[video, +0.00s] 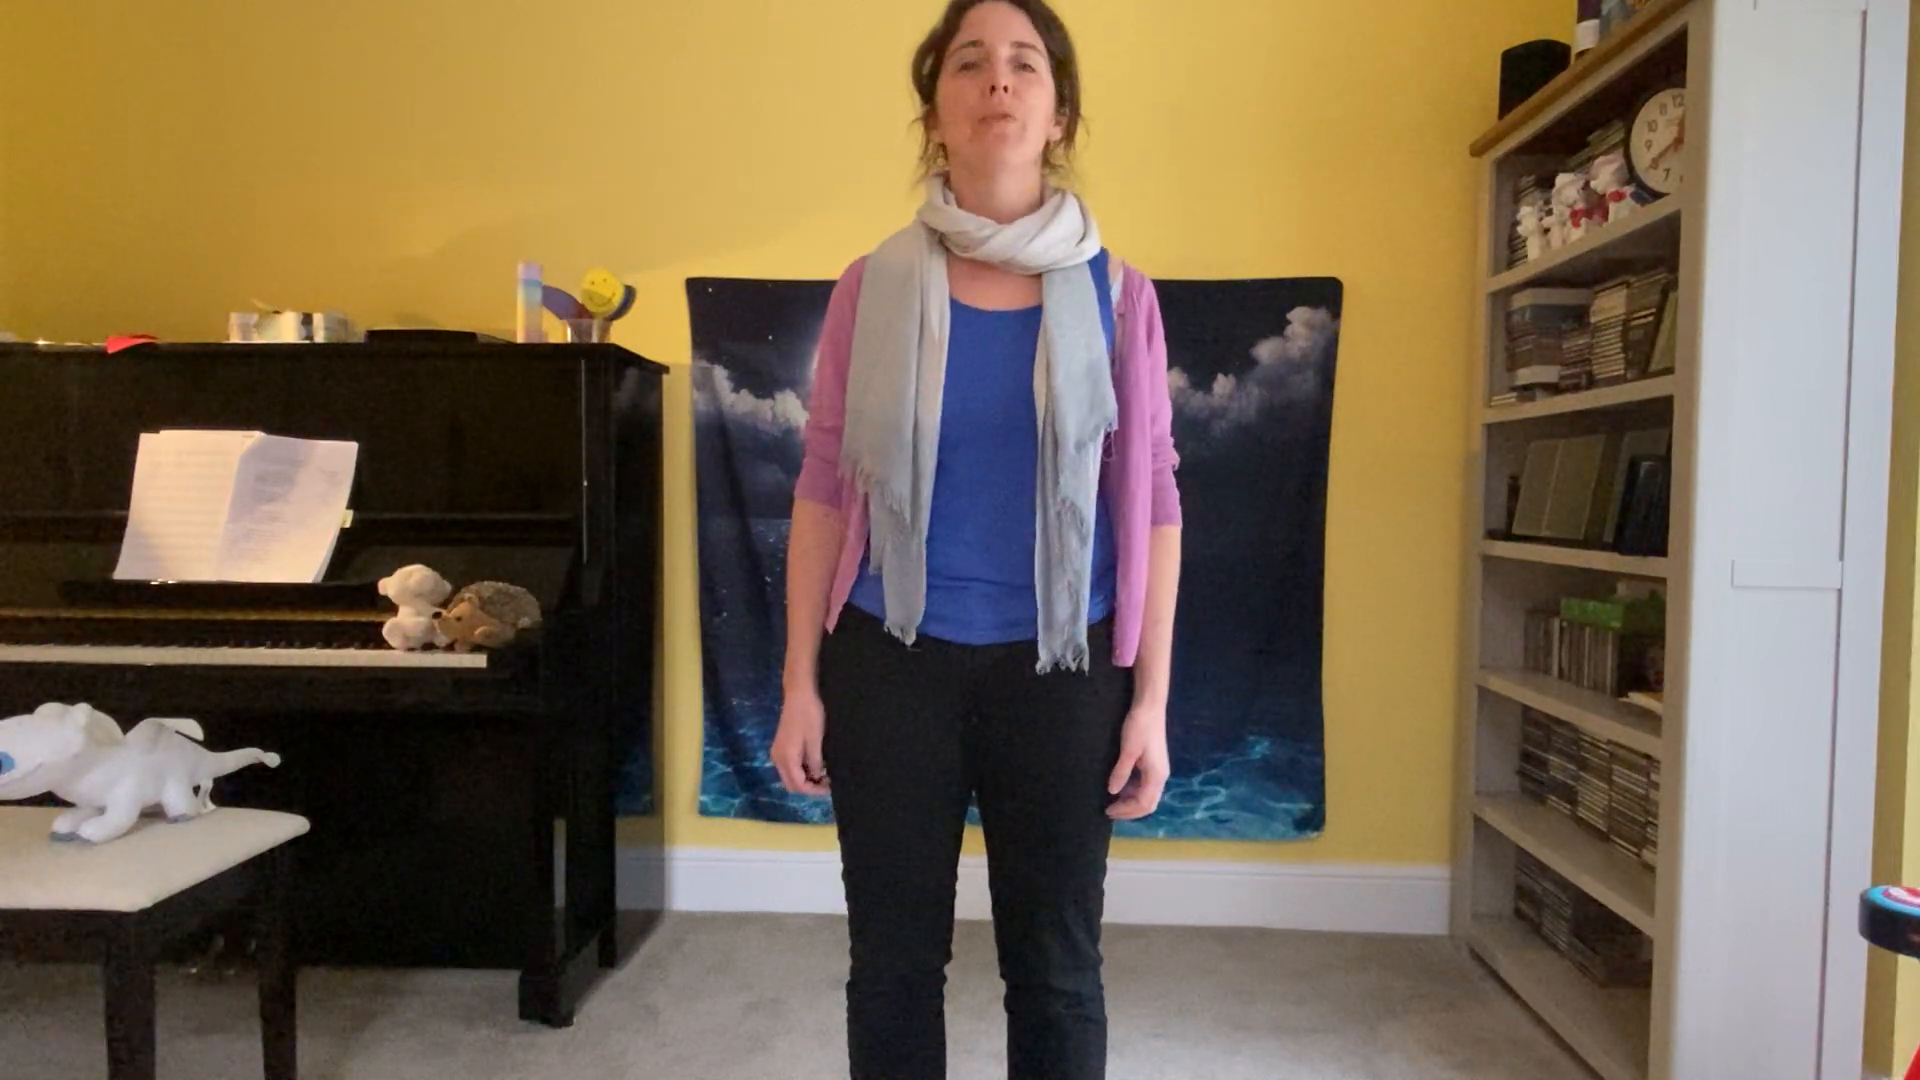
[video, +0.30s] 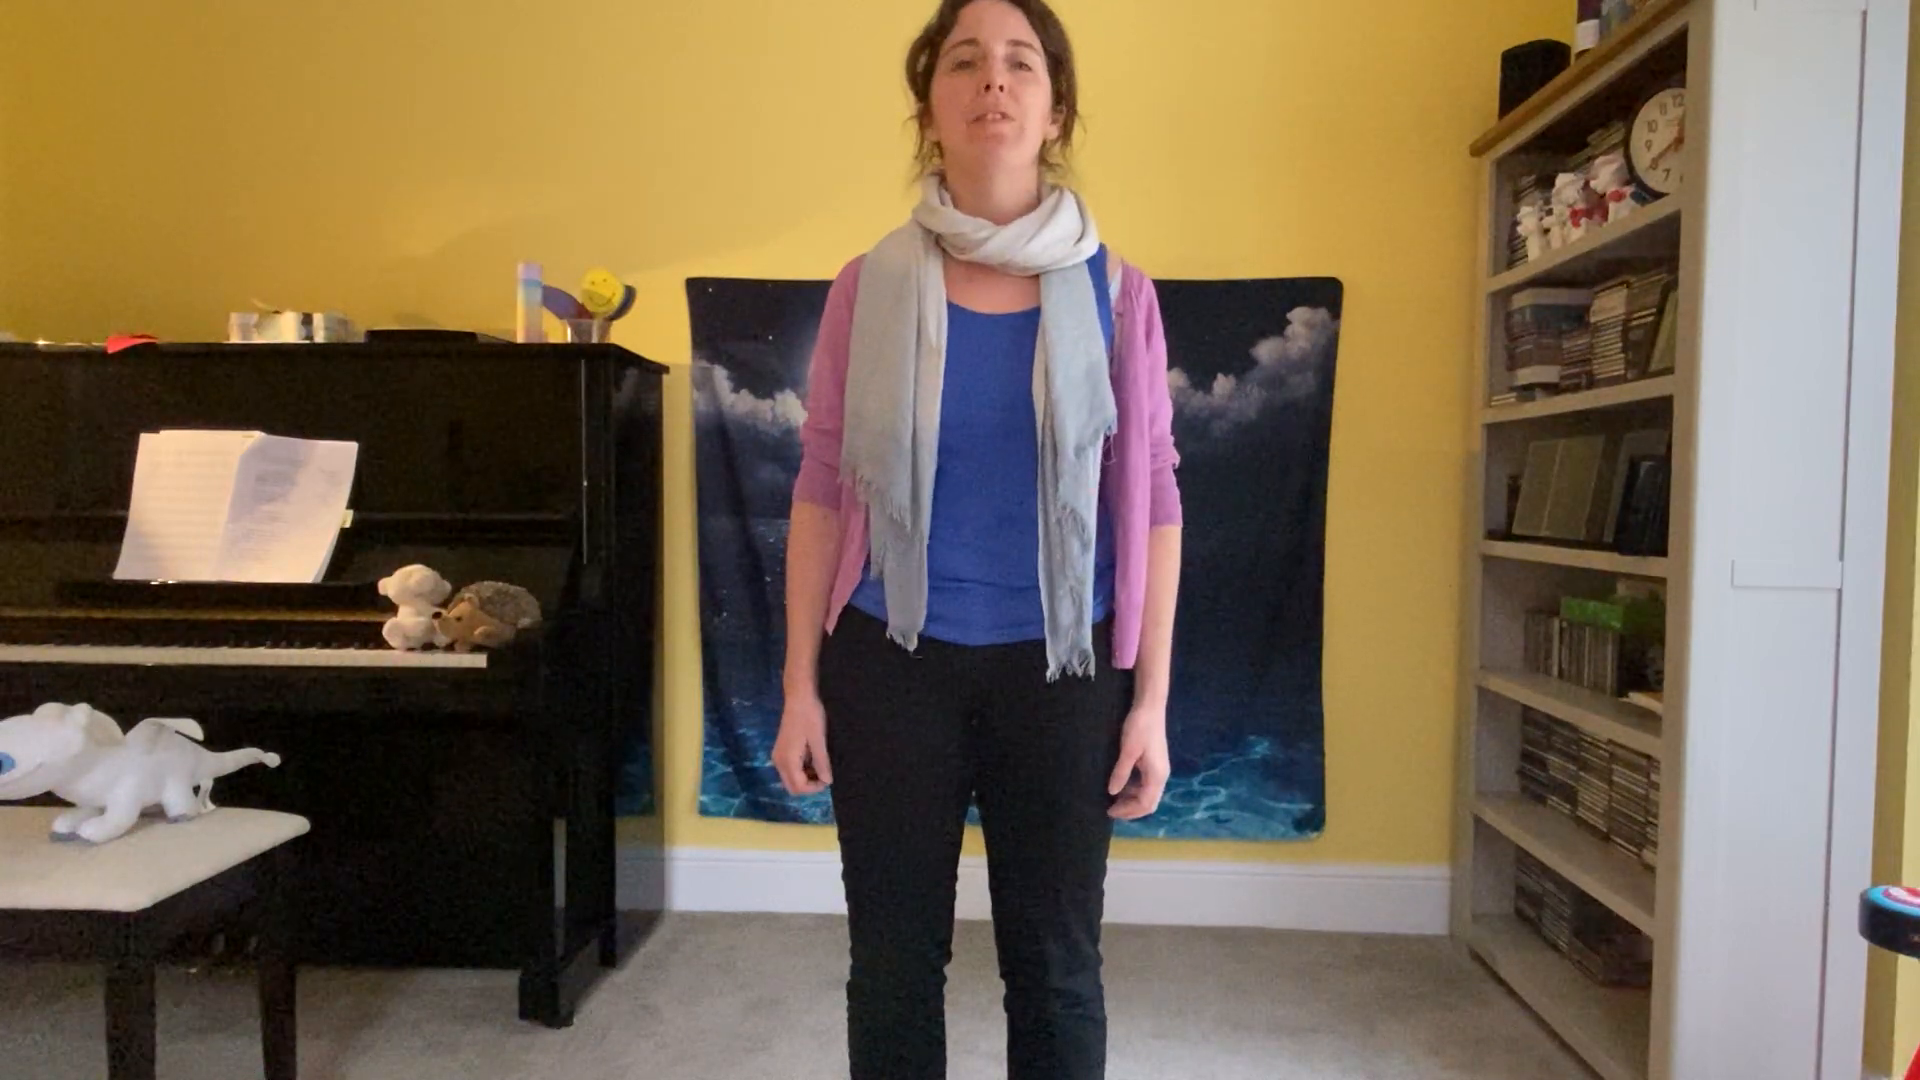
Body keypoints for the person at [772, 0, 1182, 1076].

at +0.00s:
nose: (996, 79)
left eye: (1023, 63)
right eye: (970, 62)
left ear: (1060, 112)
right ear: (933, 110)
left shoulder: (1119, 298)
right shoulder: (869, 290)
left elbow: (1153, 504)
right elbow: (823, 488)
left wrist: (1150, 696)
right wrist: (799, 677)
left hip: (1061, 679)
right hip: (887, 672)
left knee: (1057, 982)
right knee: (892, 977)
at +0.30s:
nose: (993, 77)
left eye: (1019, 61)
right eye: (965, 60)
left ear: (1056, 107)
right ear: (927, 106)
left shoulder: (1118, 295)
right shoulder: (868, 289)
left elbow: (1153, 501)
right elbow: (820, 489)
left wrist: (1150, 695)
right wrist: (799, 679)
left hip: (1062, 678)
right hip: (889, 672)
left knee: (1058, 982)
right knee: (892, 980)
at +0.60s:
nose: (989, 74)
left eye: (1016, 58)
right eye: (960, 58)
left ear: (1054, 105)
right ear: (924, 107)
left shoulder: (1117, 294)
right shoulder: (864, 289)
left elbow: (1154, 501)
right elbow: (818, 491)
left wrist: (1151, 698)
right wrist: (797, 684)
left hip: (1062, 678)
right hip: (887, 672)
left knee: (1057, 981)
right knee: (892, 980)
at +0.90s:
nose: (989, 66)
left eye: (1017, 49)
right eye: (960, 49)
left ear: (1055, 98)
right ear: (921, 98)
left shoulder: (1117, 292)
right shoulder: (859, 288)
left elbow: (1153, 502)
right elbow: (815, 493)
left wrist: (1152, 700)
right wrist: (794, 687)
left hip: (1061, 684)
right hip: (885, 677)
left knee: (1057, 988)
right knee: (892, 982)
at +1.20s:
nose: (986, 67)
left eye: (1014, 50)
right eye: (956, 49)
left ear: (1052, 99)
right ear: (918, 97)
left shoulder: (1116, 290)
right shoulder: (855, 286)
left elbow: (1153, 502)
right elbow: (812, 493)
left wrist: (1155, 703)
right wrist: (791, 691)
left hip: (1061, 683)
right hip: (884, 677)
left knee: (1056, 986)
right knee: (891, 986)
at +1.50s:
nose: (987, 81)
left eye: (1014, 63)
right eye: (958, 62)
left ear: (1052, 105)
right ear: (920, 105)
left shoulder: (1115, 296)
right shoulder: (858, 290)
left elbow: (1153, 503)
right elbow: (811, 496)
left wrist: (1159, 703)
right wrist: (785, 693)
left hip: (1060, 686)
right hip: (879, 680)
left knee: (1053, 991)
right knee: (890, 987)